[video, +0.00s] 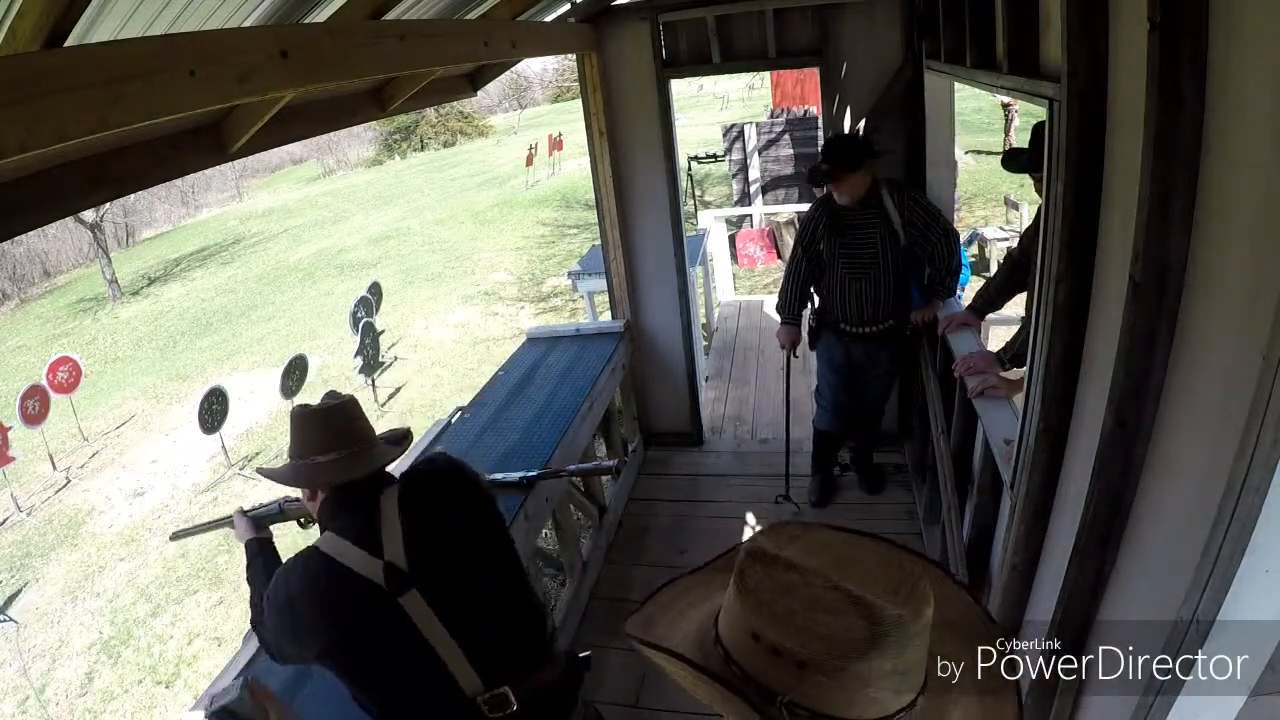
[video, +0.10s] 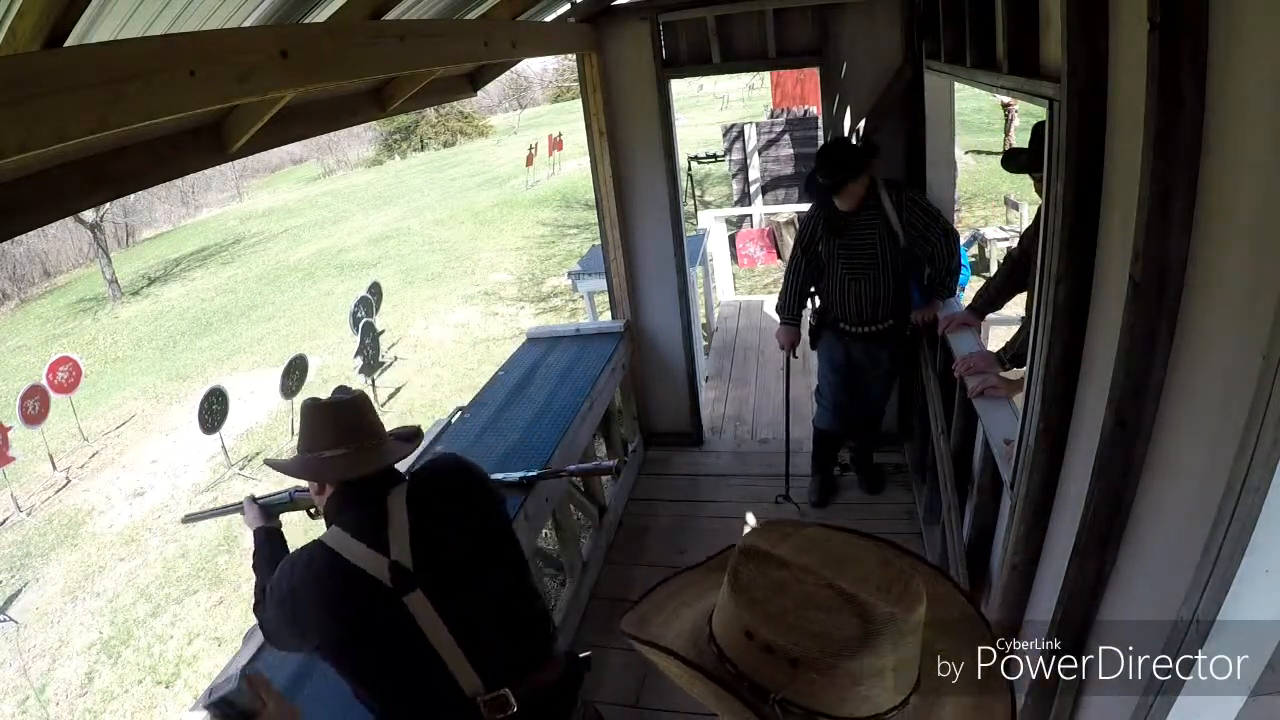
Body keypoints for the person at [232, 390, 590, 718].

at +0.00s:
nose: (302, 491)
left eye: (300, 482)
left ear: (312, 490)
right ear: (380, 458)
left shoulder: (306, 589)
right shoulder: (448, 479)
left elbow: (278, 636)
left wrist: (254, 543)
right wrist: (333, 502)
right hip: (546, 683)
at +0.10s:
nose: (308, 485)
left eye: (308, 477)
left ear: (320, 484)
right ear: (387, 455)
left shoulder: (307, 581)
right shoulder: (458, 479)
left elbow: (276, 621)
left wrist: (263, 531)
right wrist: (344, 492)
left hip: (440, 719)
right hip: (547, 687)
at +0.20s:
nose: (311, 481)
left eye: (314, 473)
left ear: (325, 481)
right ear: (393, 451)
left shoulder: (310, 577)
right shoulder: (464, 478)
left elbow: (283, 622)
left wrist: (276, 528)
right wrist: (354, 487)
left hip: (439, 716)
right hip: (547, 683)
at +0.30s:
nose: (321, 482)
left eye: (322, 474)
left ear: (334, 480)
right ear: (403, 453)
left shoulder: (316, 573)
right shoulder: (476, 481)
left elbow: (287, 610)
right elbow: (513, 484)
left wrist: (281, 517)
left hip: (434, 717)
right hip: (547, 690)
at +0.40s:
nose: (329, 472)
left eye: (331, 466)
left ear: (343, 475)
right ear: (416, 448)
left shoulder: (322, 567)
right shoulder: (490, 483)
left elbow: (291, 601)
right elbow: (508, 461)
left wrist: (286, 513)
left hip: (435, 716)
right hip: (546, 689)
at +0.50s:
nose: (342, 465)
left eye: (342, 457)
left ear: (351, 466)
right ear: (421, 435)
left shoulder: (325, 559)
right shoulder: (488, 464)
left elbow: (287, 591)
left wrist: (282, 510)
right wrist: (380, 476)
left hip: (435, 715)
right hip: (546, 685)